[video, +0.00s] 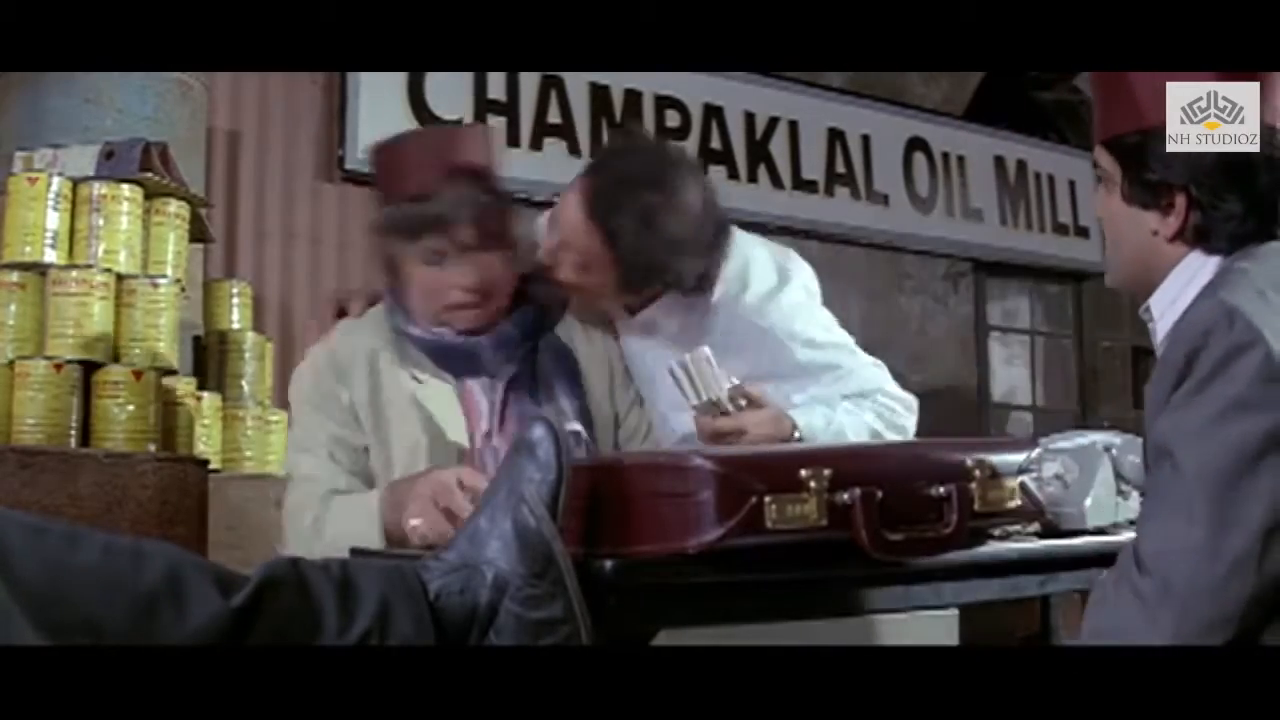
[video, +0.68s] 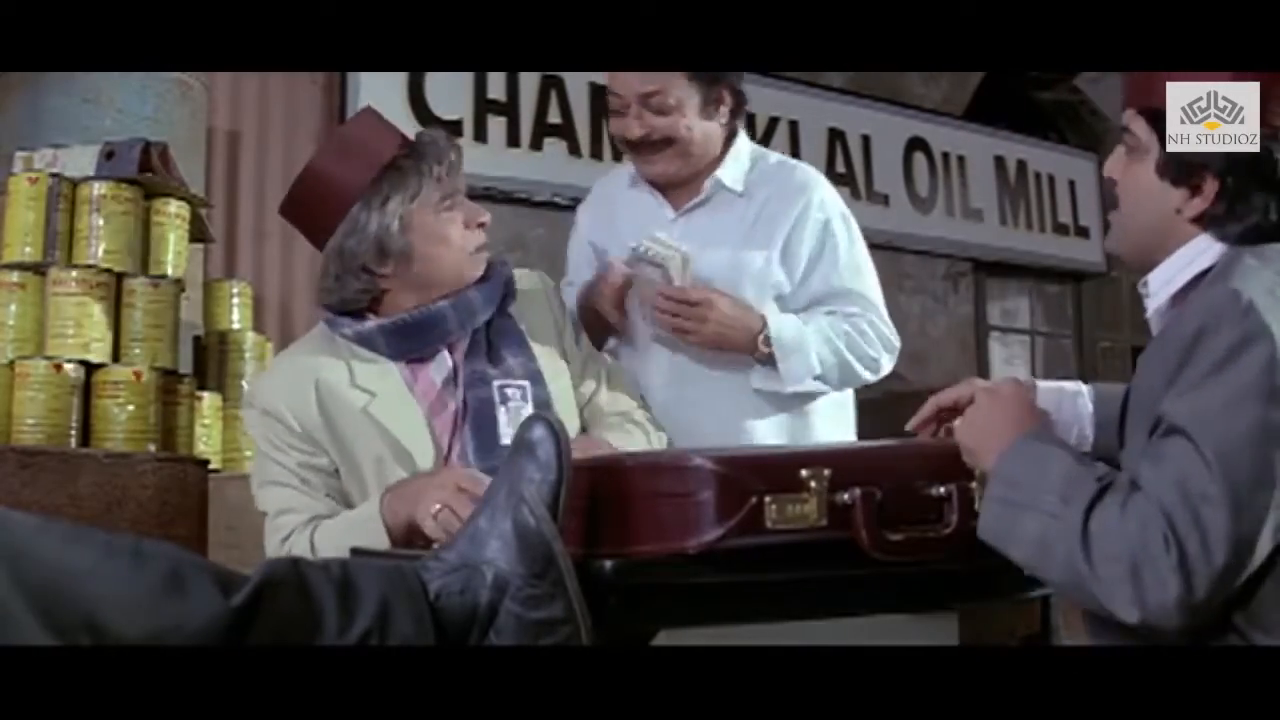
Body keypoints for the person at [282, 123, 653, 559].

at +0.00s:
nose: (469, 280)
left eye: (486, 251)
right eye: (436, 259)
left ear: (515, 253)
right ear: (392, 264)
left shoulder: (586, 351)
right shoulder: (338, 370)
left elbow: (652, 474)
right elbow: (309, 526)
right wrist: (394, 508)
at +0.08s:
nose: (427, 252)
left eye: (438, 219)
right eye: (390, 237)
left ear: (461, 217)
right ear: (344, 255)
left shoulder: (555, 303)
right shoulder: (308, 372)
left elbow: (631, 430)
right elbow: (312, 536)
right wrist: (413, 505)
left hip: (585, 594)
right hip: (428, 622)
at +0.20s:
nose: (466, 217)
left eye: (454, 196)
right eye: (434, 202)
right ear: (363, 244)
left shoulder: (529, 305)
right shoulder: (283, 382)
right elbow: (285, 547)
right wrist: (389, 516)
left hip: (551, 603)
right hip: (399, 625)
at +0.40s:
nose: (485, 209)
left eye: (472, 191)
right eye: (454, 195)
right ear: (384, 241)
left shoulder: (524, 302)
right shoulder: (286, 379)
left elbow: (609, 408)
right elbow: (270, 549)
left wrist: (617, 479)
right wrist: (377, 513)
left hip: (554, 606)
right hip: (405, 627)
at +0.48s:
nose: (456, 232)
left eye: (458, 209)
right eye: (422, 217)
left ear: (468, 209)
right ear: (353, 243)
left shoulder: (526, 302)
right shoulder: (288, 380)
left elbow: (612, 398)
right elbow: (278, 546)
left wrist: (613, 434)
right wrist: (387, 509)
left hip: (560, 593)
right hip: (412, 622)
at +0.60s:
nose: (471, 237)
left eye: (470, 213)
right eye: (439, 222)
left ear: (478, 209)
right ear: (366, 251)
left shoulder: (532, 301)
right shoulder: (297, 382)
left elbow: (655, 424)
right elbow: (289, 541)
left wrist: (607, 420)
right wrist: (394, 506)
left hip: (561, 597)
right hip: (407, 623)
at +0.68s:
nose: (481, 217)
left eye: (467, 198)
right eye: (447, 207)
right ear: (379, 257)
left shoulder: (532, 302)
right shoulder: (294, 387)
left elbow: (637, 429)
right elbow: (290, 550)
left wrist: (587, 455)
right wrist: (394, 509)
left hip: (561, 603)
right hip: (407, 627)